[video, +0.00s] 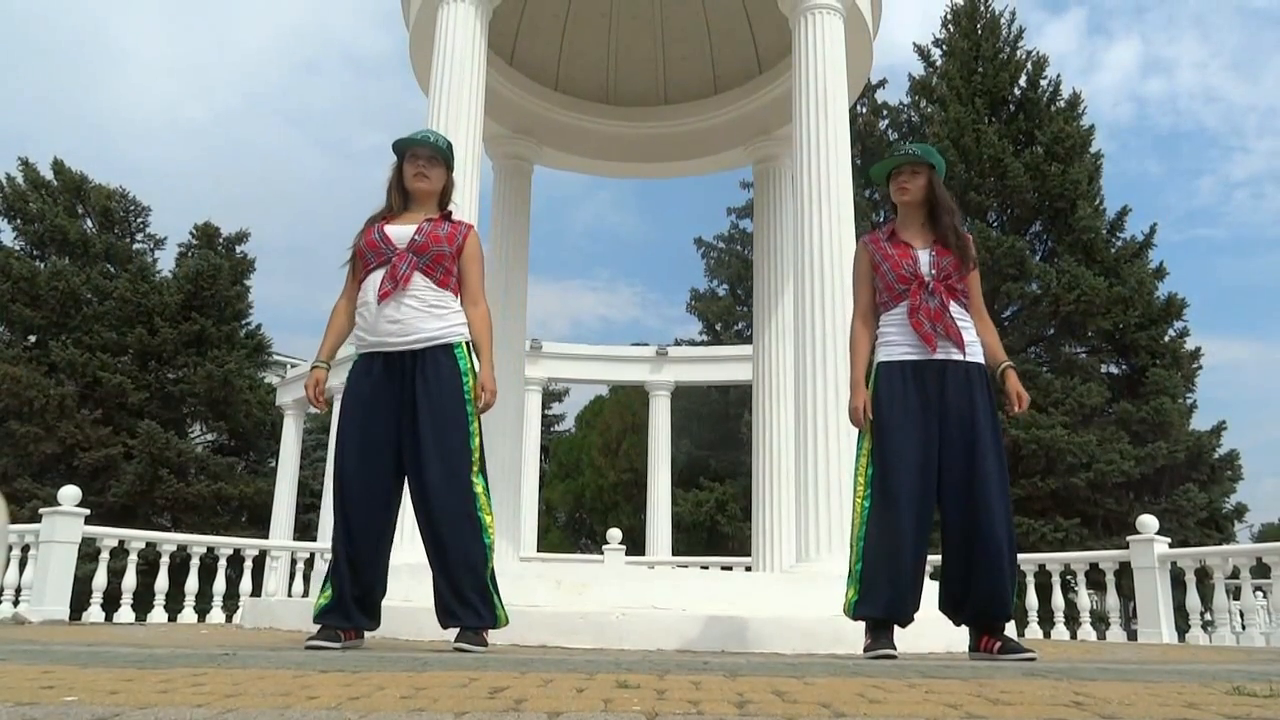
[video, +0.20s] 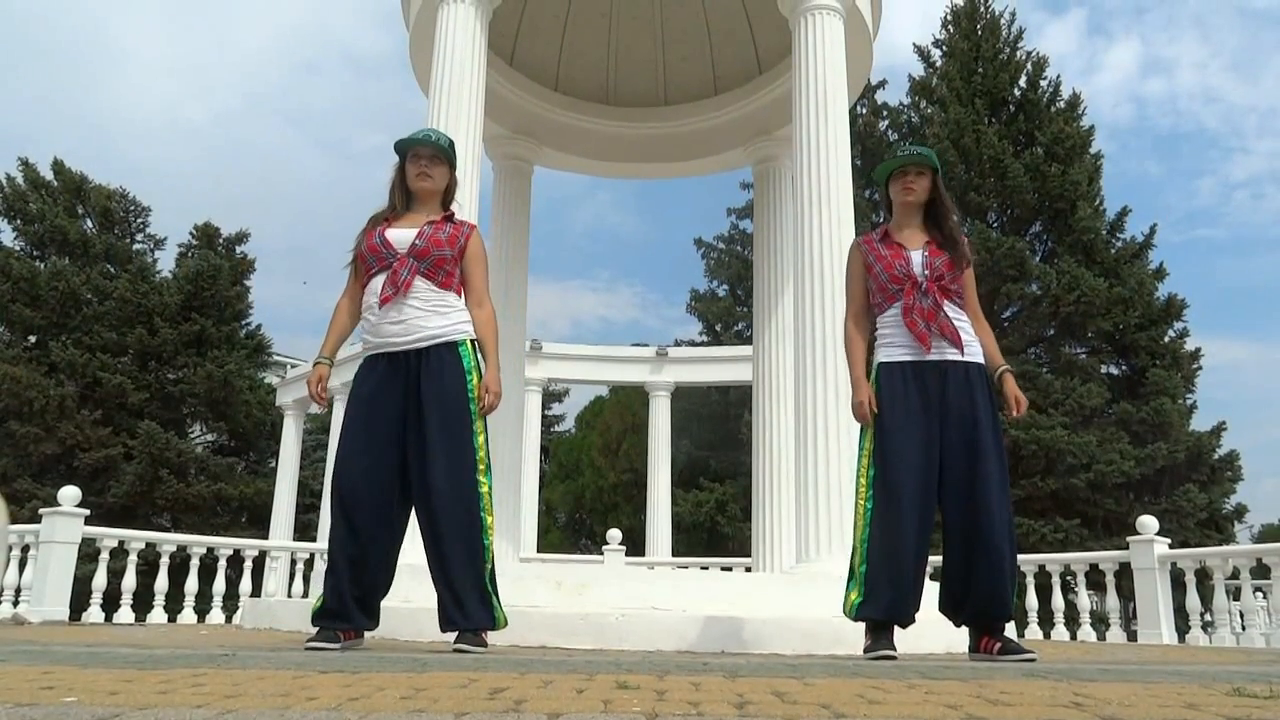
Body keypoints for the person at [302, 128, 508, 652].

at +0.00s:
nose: (421, 165)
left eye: (432, 160)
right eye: (413, 158)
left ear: (448, 174)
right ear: (399, 168)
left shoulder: (459, 232)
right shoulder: (372, 231)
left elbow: (475, 303)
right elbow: (348, 302)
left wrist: (486, 367)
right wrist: (322, 362)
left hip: (440, 366)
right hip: (373, 369)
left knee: (447, 491)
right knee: (359, 491)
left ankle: (472, 621)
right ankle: (346, 618)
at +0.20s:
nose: (423, 165)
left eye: (434, 159)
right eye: (415, 157)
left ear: (451, 173)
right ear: (402, 167)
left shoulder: (462, 233)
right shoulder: (374, 231)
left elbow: (480, 304)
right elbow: (352, 299)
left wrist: (491, 368)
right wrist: (324, 359)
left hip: (445, 365)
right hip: (380, 369)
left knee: (450, 490)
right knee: (358, 488)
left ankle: (470, 623)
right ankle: (344, 620)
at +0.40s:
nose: (423, 164)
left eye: (433, 157)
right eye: (415, 157)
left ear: (451, 170)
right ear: (402, 167)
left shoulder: (467, 231)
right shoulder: (378, 232)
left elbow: (484, 303)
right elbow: (359, 303)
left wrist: (492, 367)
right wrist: (335, 360)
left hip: (447, 364)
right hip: (382, 368)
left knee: (451, 491)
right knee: (356, 488)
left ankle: (470, 623)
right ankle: (343, 619)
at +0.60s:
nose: (423, 163)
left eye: (433, 156)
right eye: (415, 156)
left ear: (452, 167)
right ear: (402, 167)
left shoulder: (472, 227)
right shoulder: (383, 229)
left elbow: (486, 299)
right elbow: (364, 303)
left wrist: (490, 367)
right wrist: (343, 366)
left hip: (447, 364)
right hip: (382, 366)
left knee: (450, 491)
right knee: (359, 490)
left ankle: (470, 624)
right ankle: (342, 620)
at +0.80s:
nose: (424, 165)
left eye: (434, 158)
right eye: (416, 158)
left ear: (453, 168)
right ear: (403, 168)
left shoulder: (473, 226)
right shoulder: (384, 231)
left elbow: (491, 302)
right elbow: (365, 306)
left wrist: (500, 371)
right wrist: (341, 369)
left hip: (446, 369)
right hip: (380, 369)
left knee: (447, 495)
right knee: (364, 495)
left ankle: (465, 626)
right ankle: (345, 622)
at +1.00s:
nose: (437, 167)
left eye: (447, 161)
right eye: (429, 160)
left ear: (466, 175)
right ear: (415, 172)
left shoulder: (491, 225)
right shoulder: (397, 231)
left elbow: (509, 297)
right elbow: (377, 288)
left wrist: (487, 348)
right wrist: (365, 321)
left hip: (458, 375)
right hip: (394, 372)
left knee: (451, 500)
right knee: (368, 495)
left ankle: (461, 629)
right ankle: (348, 621)